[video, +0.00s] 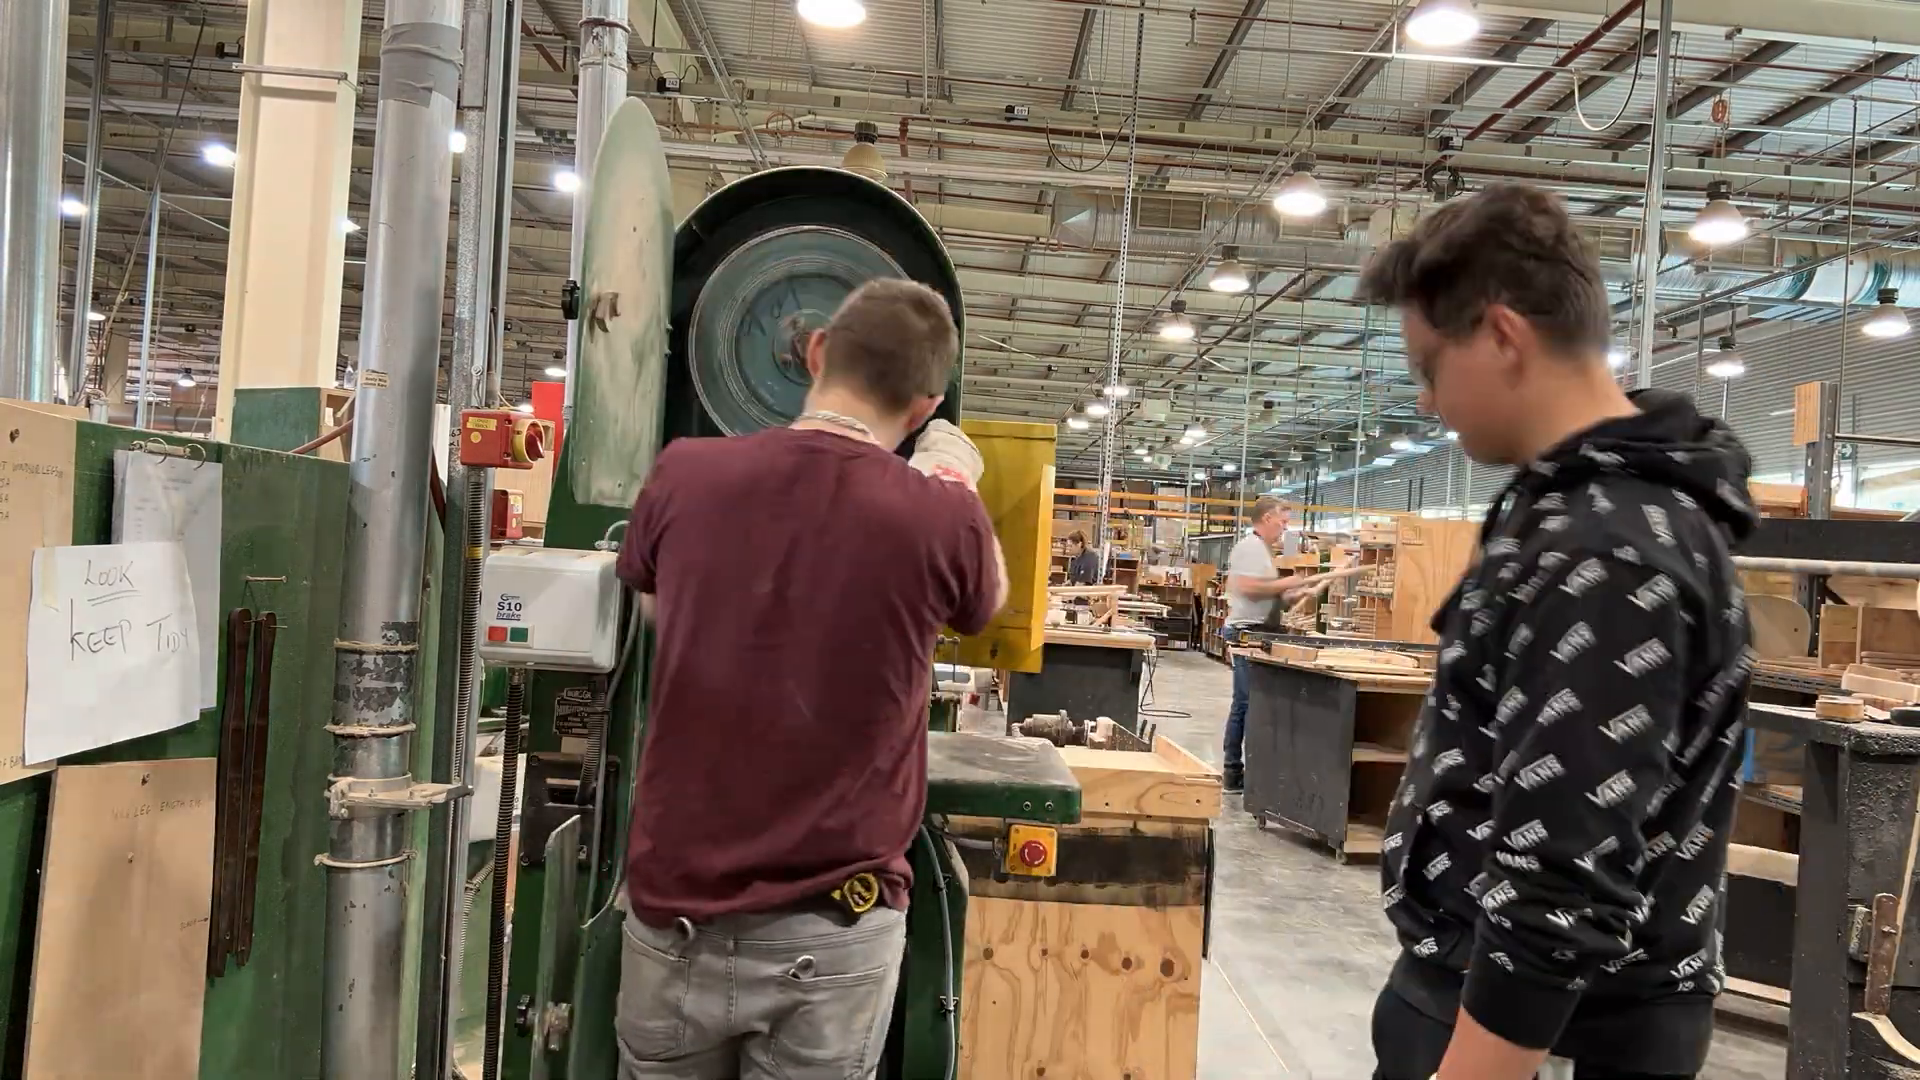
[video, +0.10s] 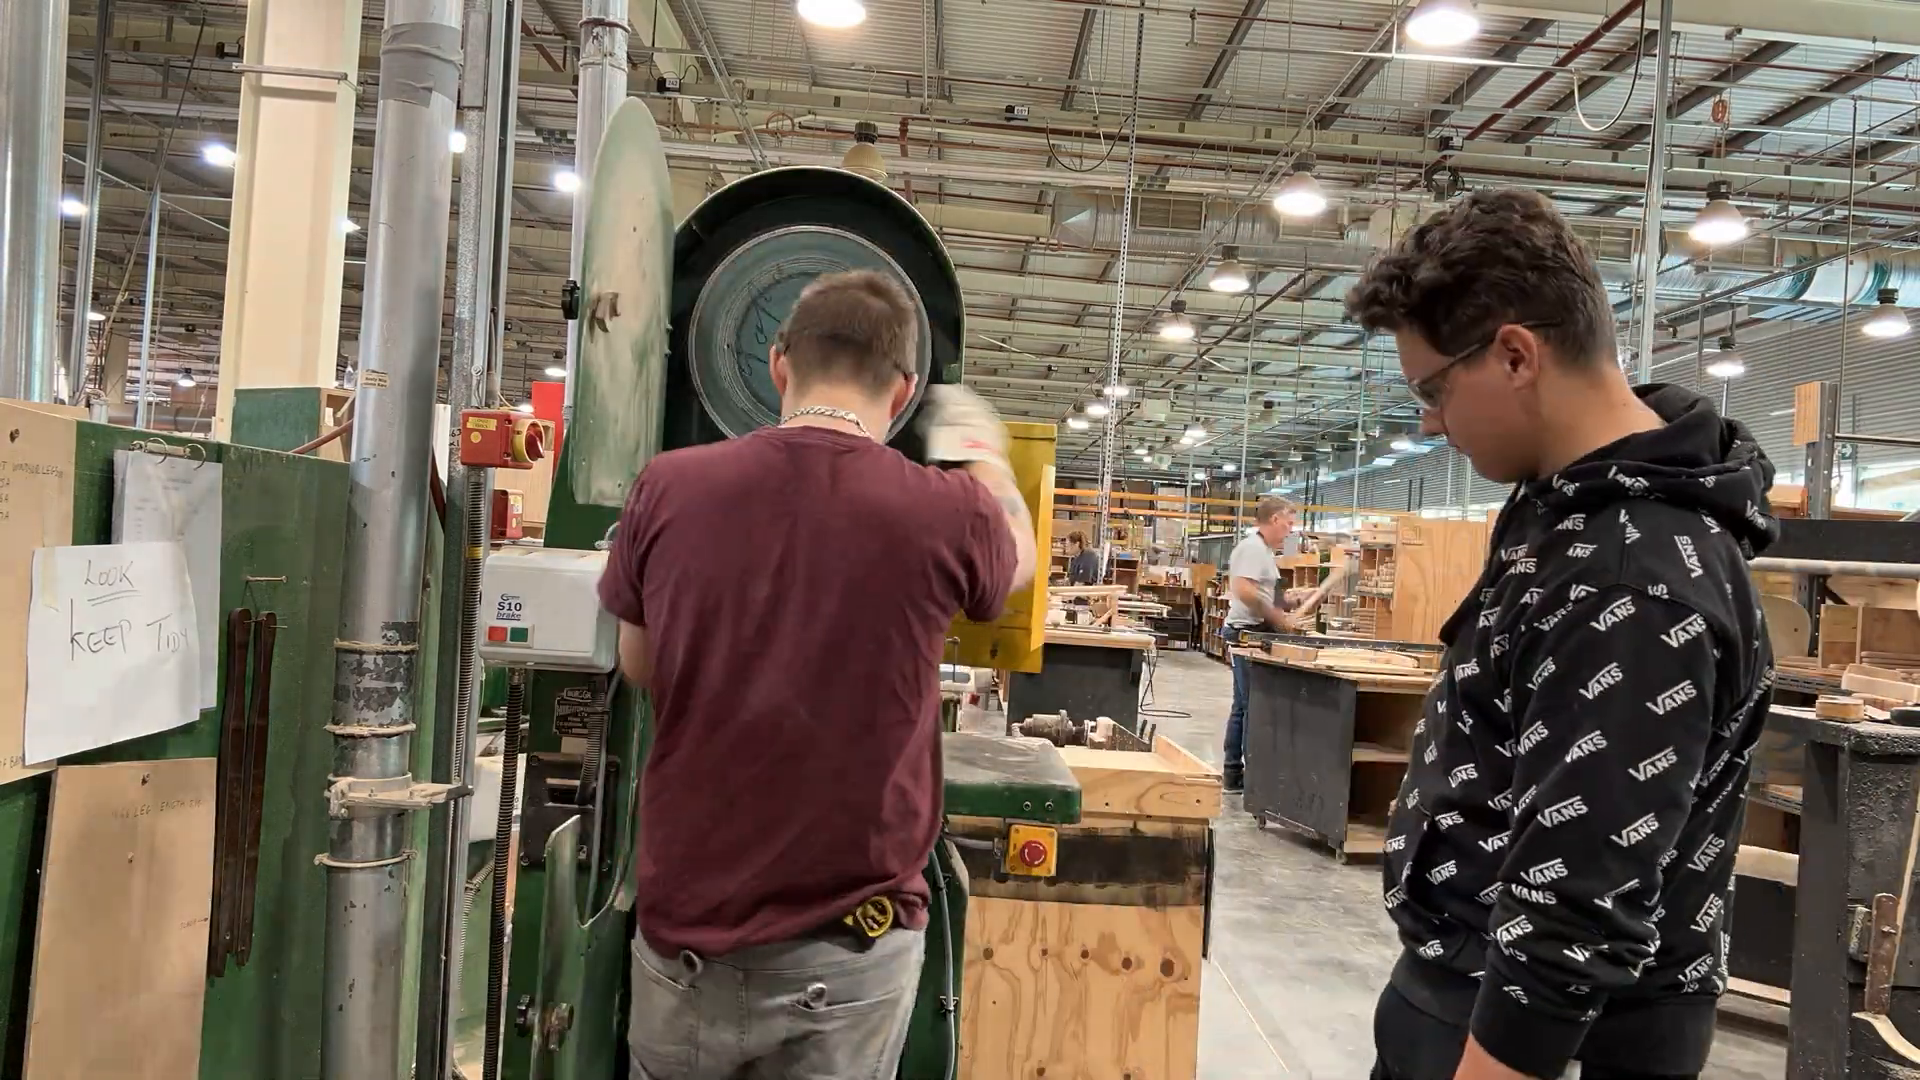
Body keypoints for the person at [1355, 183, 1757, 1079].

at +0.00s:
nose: (1427, 407)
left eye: (1428, 370)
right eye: (1419, 378)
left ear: (1504, 338)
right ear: (1506, 340)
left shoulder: (1614, 549)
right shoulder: (1573, 512)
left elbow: (1554, 901)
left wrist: (1474, 1062)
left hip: (1543, 1029)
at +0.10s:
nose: (1433, 426)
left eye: (1434, 392)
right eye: (1423, 400)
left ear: (1517, 356)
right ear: (1519, 358)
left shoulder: (1631, 578)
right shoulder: (1576, 528)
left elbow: (1568, 933)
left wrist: (1495, 1060)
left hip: (1540, 1036)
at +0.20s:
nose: (1446, 418)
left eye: (1444, 382)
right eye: (1436, 391)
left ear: (1525, 348)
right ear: (1526, 350)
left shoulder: (1639, 579)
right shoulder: (1587, 531)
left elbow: (1571, 930)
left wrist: (1503, 1056)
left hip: (1544, 1033)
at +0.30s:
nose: (1398, 442)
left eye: (1397, 412)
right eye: (1388, 417)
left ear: (1476, 382)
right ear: (1478, 381)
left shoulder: (1622, 596)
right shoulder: (1561, 530)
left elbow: (1577, 927)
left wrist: (1503, 1056)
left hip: (1554, 1032)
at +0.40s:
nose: (1407, 442)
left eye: (1404, 411)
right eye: (1395, 417)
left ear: (1482, 376)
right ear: (1484, 375)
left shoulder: (1622, 595)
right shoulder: (1558, 531)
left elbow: (1570, 932)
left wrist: (1497, 1058)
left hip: (1523, 1030)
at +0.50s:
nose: (1406, 428)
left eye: (1403, 392)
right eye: (1397, 400)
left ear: (1474, 359)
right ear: (1477, 360)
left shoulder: (1632, 563)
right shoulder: (1564, 519)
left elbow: (1588, 915)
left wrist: (1532, 1054)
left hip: (1544, 1026)